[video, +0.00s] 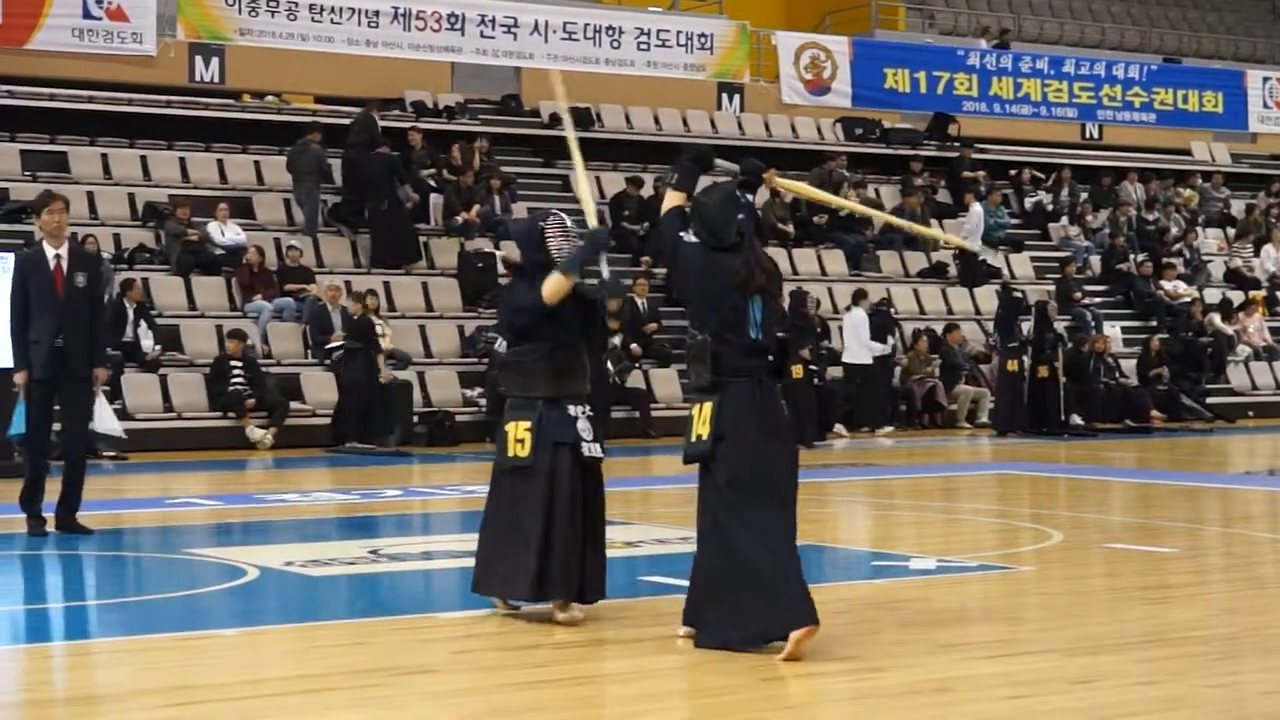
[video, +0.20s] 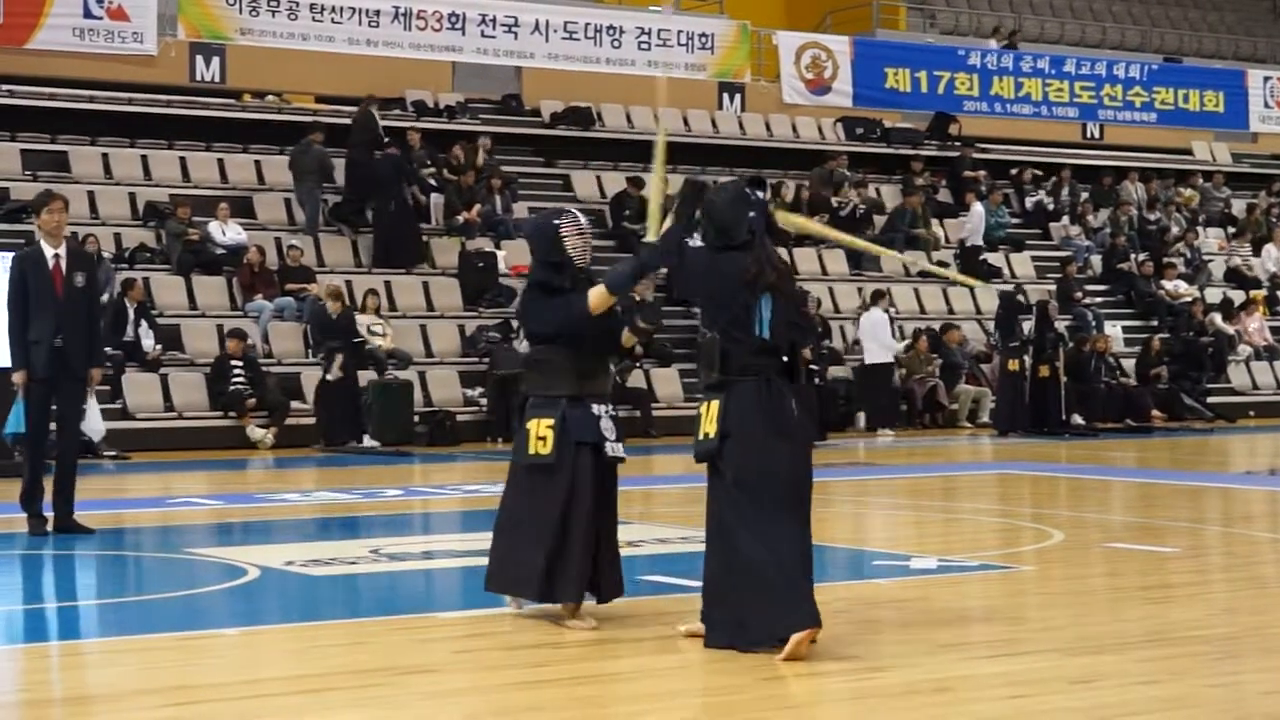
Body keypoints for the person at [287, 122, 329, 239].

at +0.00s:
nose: (319, 138)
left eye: (319, 135)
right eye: (318, 135)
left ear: (306, 135)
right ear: (313, 135)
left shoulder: (294, 150)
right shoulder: (317, 150)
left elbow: (289, 167)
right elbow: (324, 169)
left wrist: (298, 174)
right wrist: (331, 182)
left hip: (297, 186)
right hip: (312, 187)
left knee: (310, 218)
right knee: (311, 220)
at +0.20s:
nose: (322, 138)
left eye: (322, 135)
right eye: (321, 135)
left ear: (309, 135)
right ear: (316, 135)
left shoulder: (296, 150)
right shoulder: (320, 151)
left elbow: (291, 166)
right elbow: (328, 170)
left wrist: (299, 175)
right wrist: (332, 184)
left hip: (299, 185)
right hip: (314, 186)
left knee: (309, 215)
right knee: (312, 216)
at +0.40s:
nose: (324, 138)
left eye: (324, 135)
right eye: (323, 135)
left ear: (311, 135)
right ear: (318, 135)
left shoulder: (299, 150)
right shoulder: (322, 151)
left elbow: (294, 166)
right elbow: (332, 167)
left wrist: (298, 178)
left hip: (302, 187)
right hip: (315, 187)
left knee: (311, 217)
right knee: (313, 219)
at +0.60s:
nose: (326, 137)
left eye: (326, 134)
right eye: (325, 134)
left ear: (313, 134)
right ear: (321, 135)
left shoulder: (303, 148)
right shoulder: (324, 150)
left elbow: (299, 167)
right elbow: (336, 165)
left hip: (304, 186)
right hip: (316, 187)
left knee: (313, 215)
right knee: (315, 216)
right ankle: (313, 240)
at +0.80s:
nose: (327, 135)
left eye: (327, 133)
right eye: (326, 133)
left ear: (314, 134)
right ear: (325, 134)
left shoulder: (306, 147)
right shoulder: (326, 149)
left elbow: (302, 166)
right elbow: (340, 163)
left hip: (307, 186)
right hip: (319, 187)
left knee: (316, 218)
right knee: (319, 219)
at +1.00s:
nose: (327, 137)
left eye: (326, 135)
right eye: (325, 135)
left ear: (315, 135)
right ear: (322, 136)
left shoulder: (307, 148)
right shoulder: (325, 148)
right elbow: (340, 162)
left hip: (309, 185)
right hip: (321, 186)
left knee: (316, 218)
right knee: (321, 220)